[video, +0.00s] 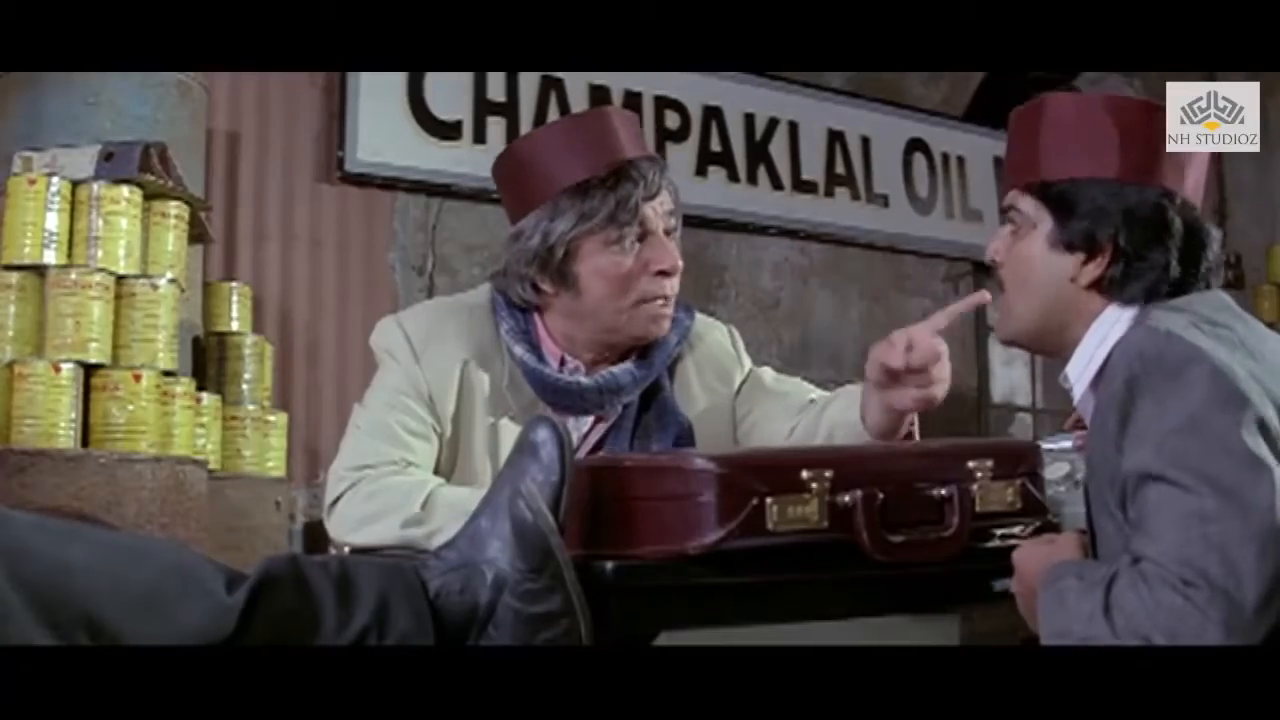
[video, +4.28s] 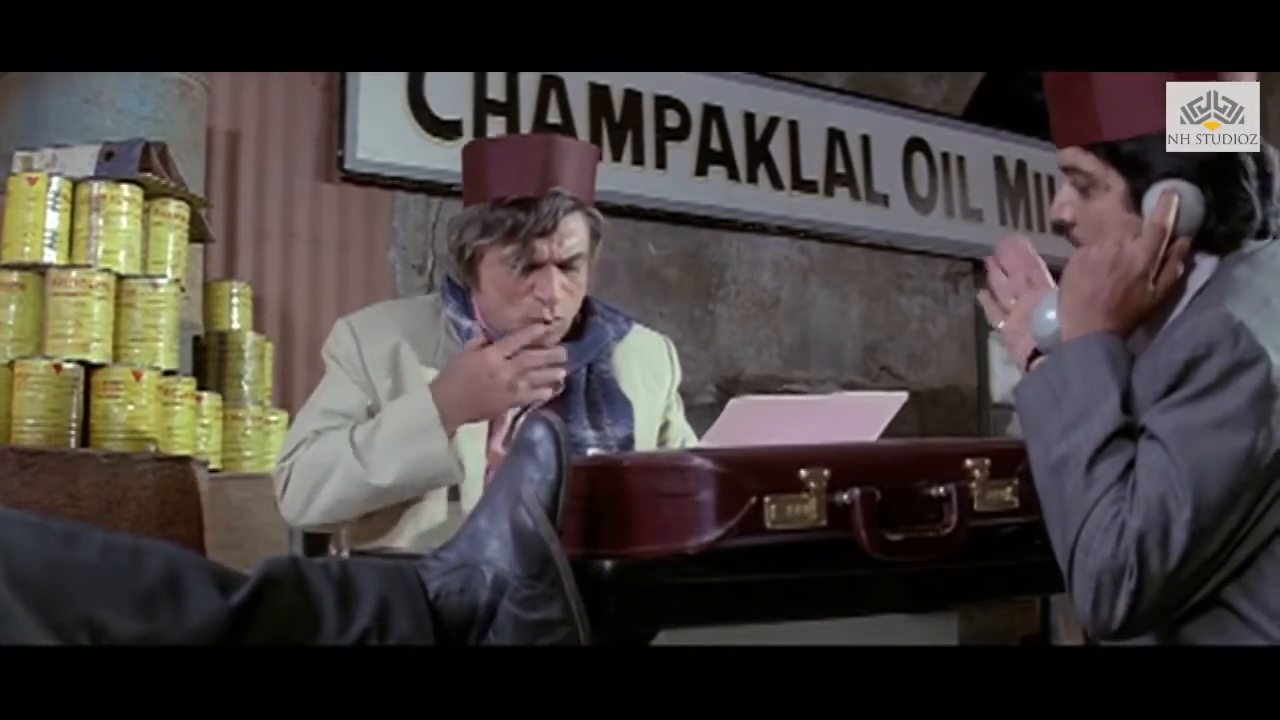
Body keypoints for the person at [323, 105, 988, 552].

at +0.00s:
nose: (667, 261)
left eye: (671, 234)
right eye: (629, 242)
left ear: (682, 240)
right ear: (546, 268)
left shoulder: (702, 353)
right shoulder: (427, 348)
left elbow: (789, 425)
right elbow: (365, 502)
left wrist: (876, 409)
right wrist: (560, 537)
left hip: (663, 628)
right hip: (473, 634)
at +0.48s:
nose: (650, 255)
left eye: (651, 230)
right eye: (616, 235)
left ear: (658, 230)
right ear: (530, 252)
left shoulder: (682, 340)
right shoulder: (405, 343)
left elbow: (781, 406)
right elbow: (325, 493)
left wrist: (861, 335)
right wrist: (477, 491)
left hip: (647, 620)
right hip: (457, 630)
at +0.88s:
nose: (626, 252)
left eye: (628, 223)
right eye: (591, 229)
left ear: (634, 223)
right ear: (509, 248)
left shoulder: (675, 337)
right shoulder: (384, 342)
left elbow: (785, 474)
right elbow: (300, 490)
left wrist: (797, 412)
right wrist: (414, 481)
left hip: (637, 623)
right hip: (445, 631)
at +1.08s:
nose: (578, 281)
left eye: (592, 251)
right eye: (548, 255)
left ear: (608, 245)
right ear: (479, 252)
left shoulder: (653, 341)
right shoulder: (368, 346)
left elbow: (778, 439)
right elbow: (290, 494)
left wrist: (723, 428)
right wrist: (400, 486)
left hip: (617, 621)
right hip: (433, 629)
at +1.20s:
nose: (559, 290)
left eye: (577, 261)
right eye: (531, 264)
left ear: (594, 251)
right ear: (467, 254)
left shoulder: (640, 347)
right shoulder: (361, 350)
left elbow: (733, 466)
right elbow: (289, 500)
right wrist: (399, 487)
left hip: (600, 622)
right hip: (422, 628)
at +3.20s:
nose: (563, 299)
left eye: (581, 273)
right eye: (536, 273)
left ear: (601, 268)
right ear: (478, 264)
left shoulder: (650, 363)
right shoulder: (377, 348)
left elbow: (691, 493)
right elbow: (295, 487)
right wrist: (415, 504)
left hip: (597, 621)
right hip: (428, 626)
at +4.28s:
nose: (552, 293)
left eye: (570, 266)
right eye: (525, 266)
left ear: (591, 266)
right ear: (470, 261)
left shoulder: (646, 359)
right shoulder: (375, 344)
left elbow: (686, 496)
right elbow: (303, 493)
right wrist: (444, 408)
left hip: (595, 618)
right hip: (420, 618)